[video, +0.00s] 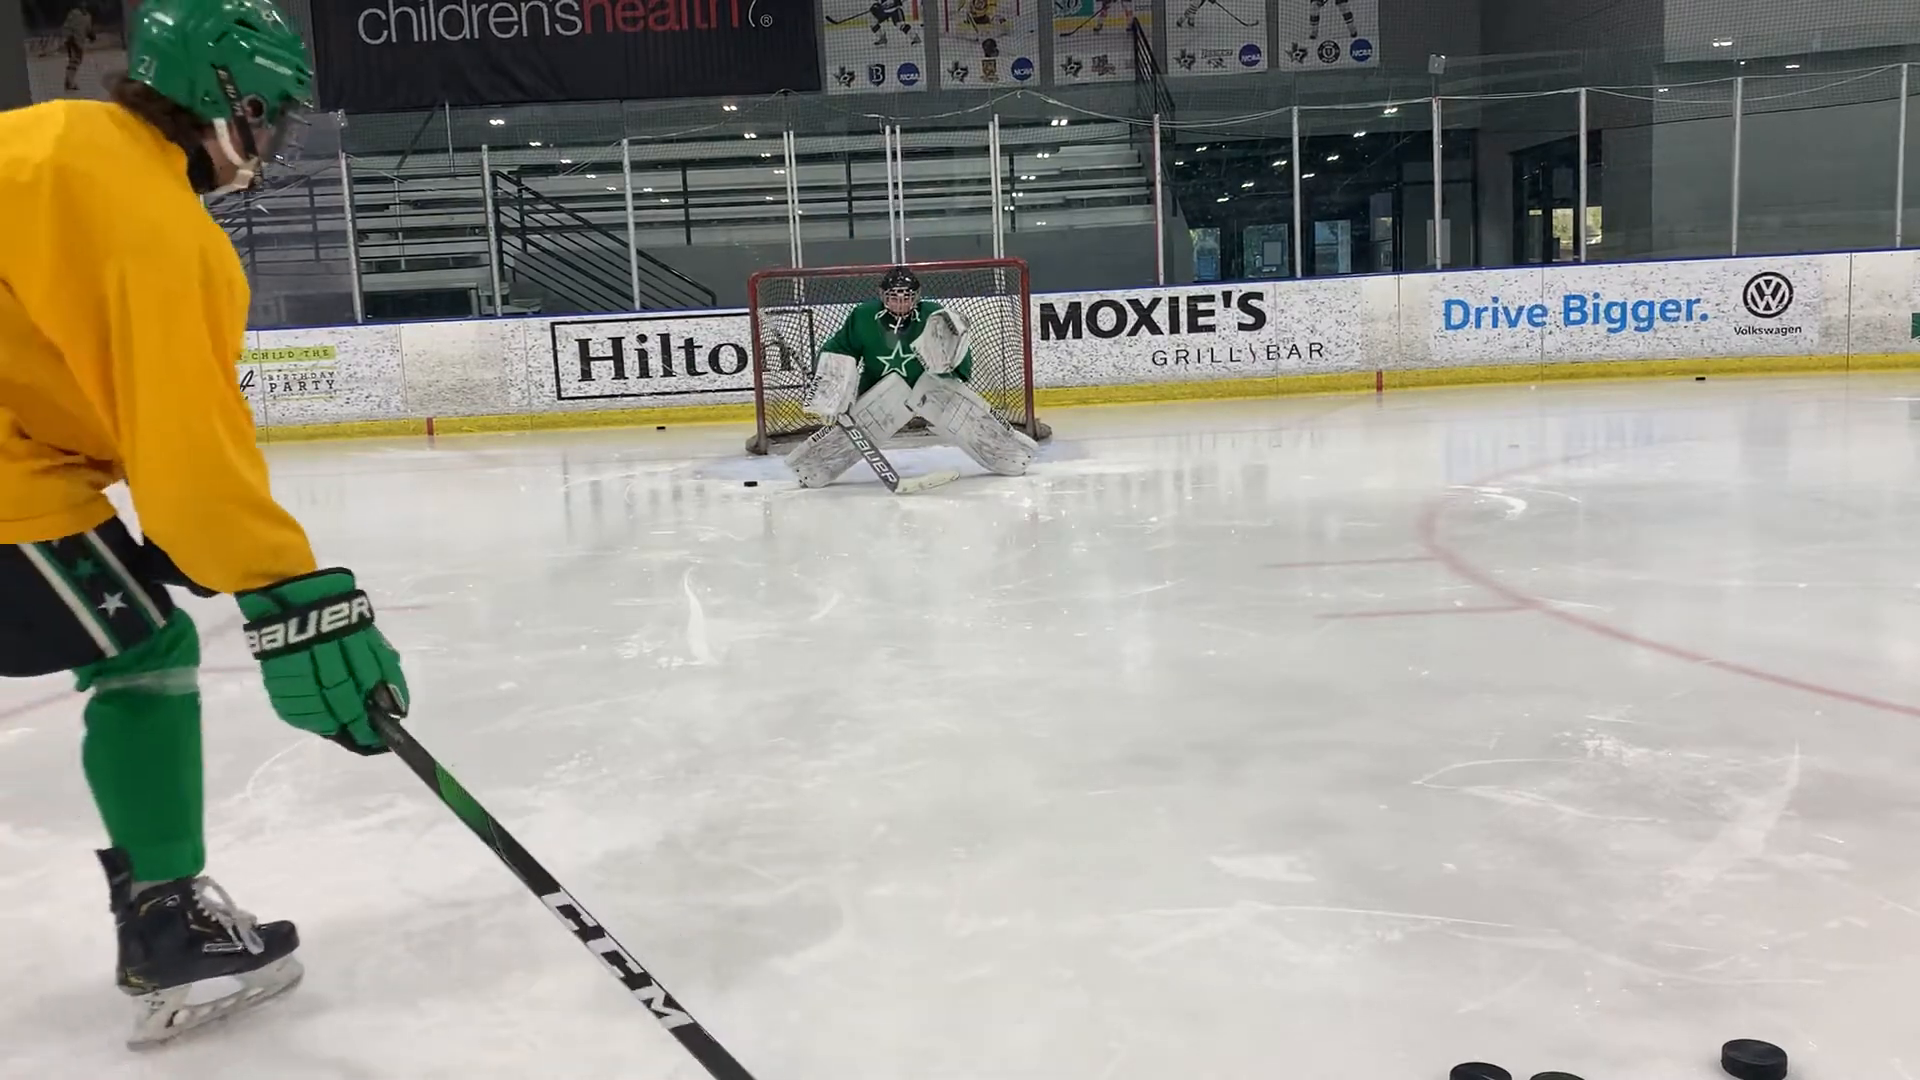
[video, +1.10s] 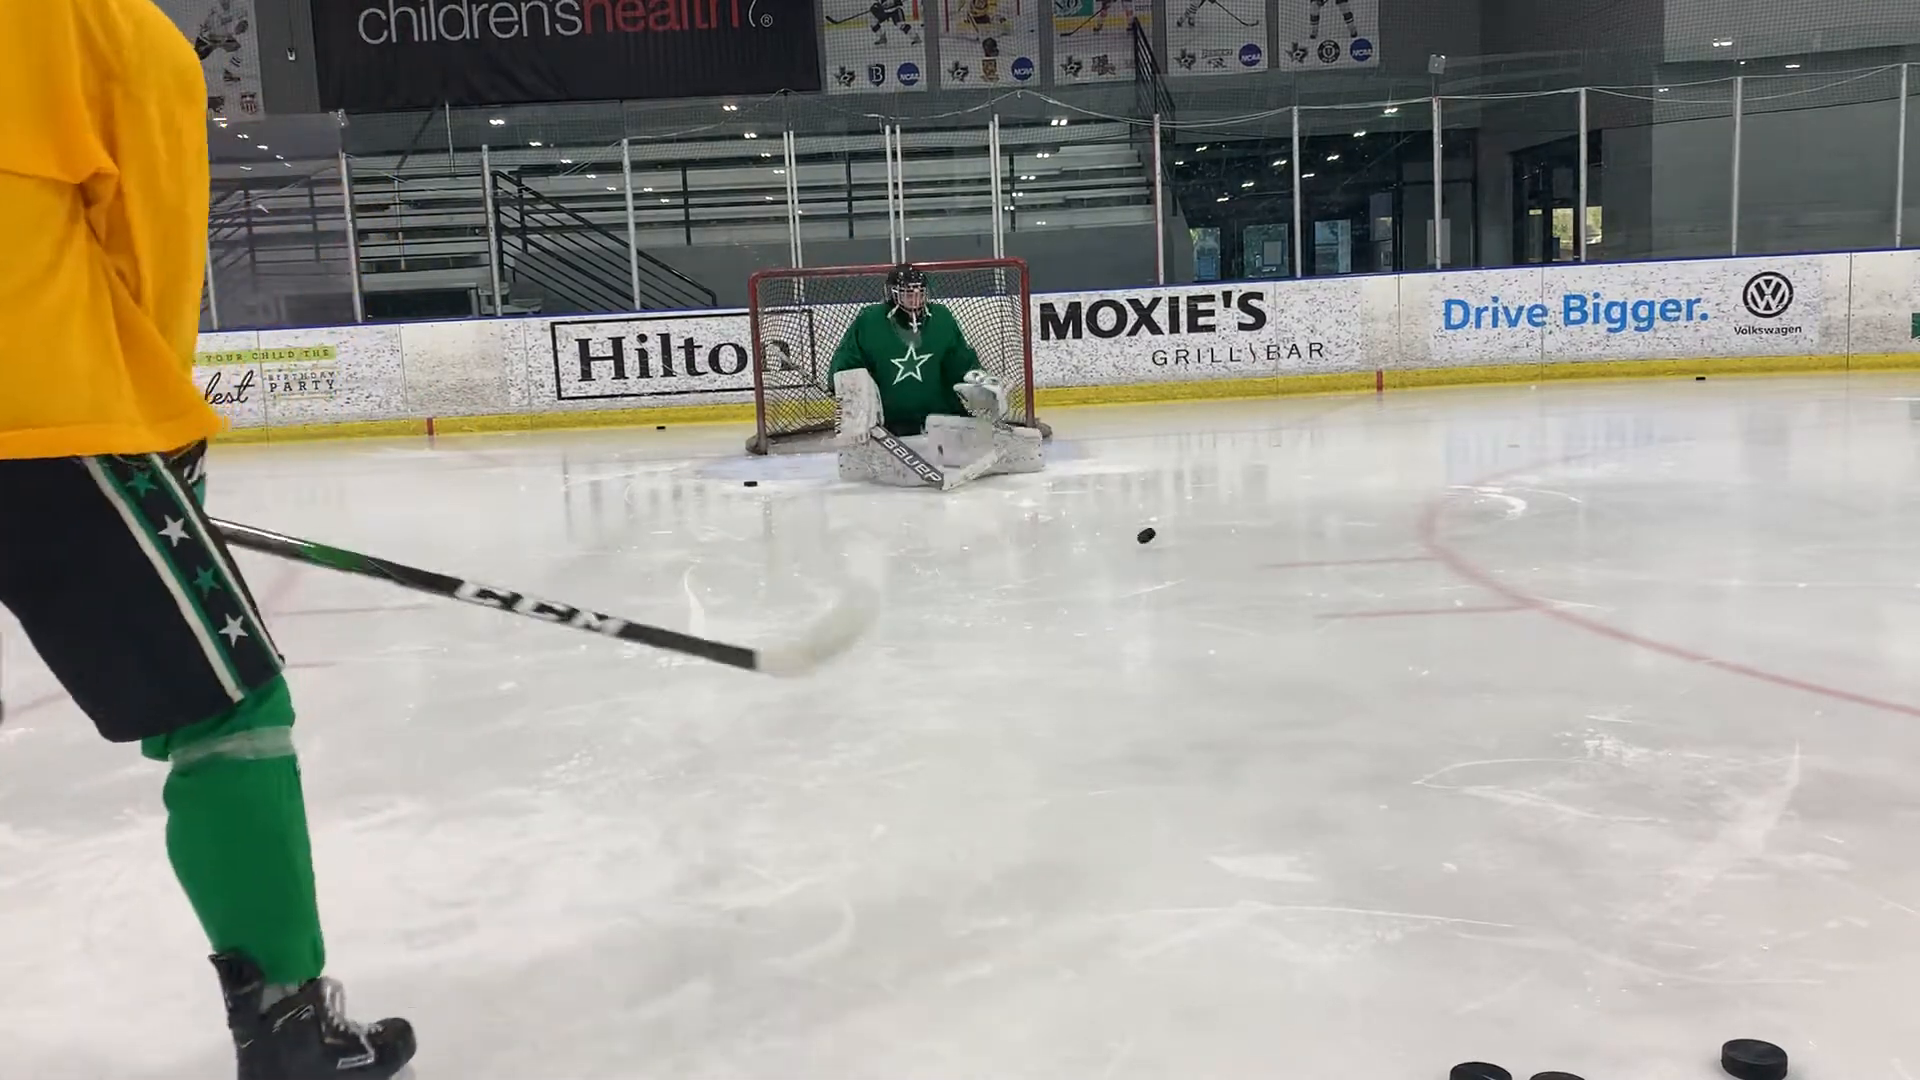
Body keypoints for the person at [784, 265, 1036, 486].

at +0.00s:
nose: (900, 302)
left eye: (906, 296)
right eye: (894, 296)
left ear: (916, 296)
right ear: (883, 296)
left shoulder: (934, 315)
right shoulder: (863, 318)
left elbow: (962, 371)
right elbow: (835, 352)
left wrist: (952, 346)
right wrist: (833, 388)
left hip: (930, 388)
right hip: (882, 391)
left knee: (964, 418)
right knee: (855, 430)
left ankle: (1009, 454)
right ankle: (814, 467)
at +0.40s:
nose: (902, 305)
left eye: (907, 298)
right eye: (896, 298)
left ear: (918, 298)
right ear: (886, 298)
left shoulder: (936, 317)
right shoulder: (865, 319)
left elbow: (964, 370)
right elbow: (834, 352)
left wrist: (962, 347)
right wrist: (834, 388)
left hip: (931, 402)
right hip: (880, 408)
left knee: (961, 410)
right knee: (853, 437)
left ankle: (1008, 453)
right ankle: (815, 467)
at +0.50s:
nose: (906, 308)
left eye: (912, 302)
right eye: (900, 302)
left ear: (920, 300)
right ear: (889, 300)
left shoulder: (938, 321)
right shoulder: (865, 319)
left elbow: (963, 365)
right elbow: (834, 355)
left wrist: (982, 358)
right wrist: (847, 379)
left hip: (935, 418)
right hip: (883, 419)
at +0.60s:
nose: (916, 314)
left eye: (921, 308)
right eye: (909, 309)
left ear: (927, 305)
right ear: (893, 306)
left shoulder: (944, 327)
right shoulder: (870, 326)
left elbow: (957, 369)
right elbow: (842, 364)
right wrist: (858, 391)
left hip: (938, 424)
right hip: (888, 426)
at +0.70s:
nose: (930, 321)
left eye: (934, 314)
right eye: (922, 316)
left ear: (939, 310)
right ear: (905, 313)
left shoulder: (951, 340)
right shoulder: (881, 327)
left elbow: (958, 391)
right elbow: (849, 366)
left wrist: (969, 423)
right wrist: (862, 403)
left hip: (935, 430)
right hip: (885, 427)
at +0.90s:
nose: (932, 322)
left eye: (937, 315)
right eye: (925, 316)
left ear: (943, 312)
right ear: (910, 313)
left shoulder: (955, 341)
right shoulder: (884, 332)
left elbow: (961, 392)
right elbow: (853, 365)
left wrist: (975, 422)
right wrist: (863, 402)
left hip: (942, 429)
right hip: (893, 427)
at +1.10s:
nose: (914, 299)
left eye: (918, 293)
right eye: (907, 293)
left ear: (925, 292)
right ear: (893, 294)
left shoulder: (941, 319)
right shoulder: (869, 322)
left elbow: (964, 365)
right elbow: (840, 372)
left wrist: (983, 389)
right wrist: (858, 394)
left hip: (945, 424)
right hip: (889, 427)